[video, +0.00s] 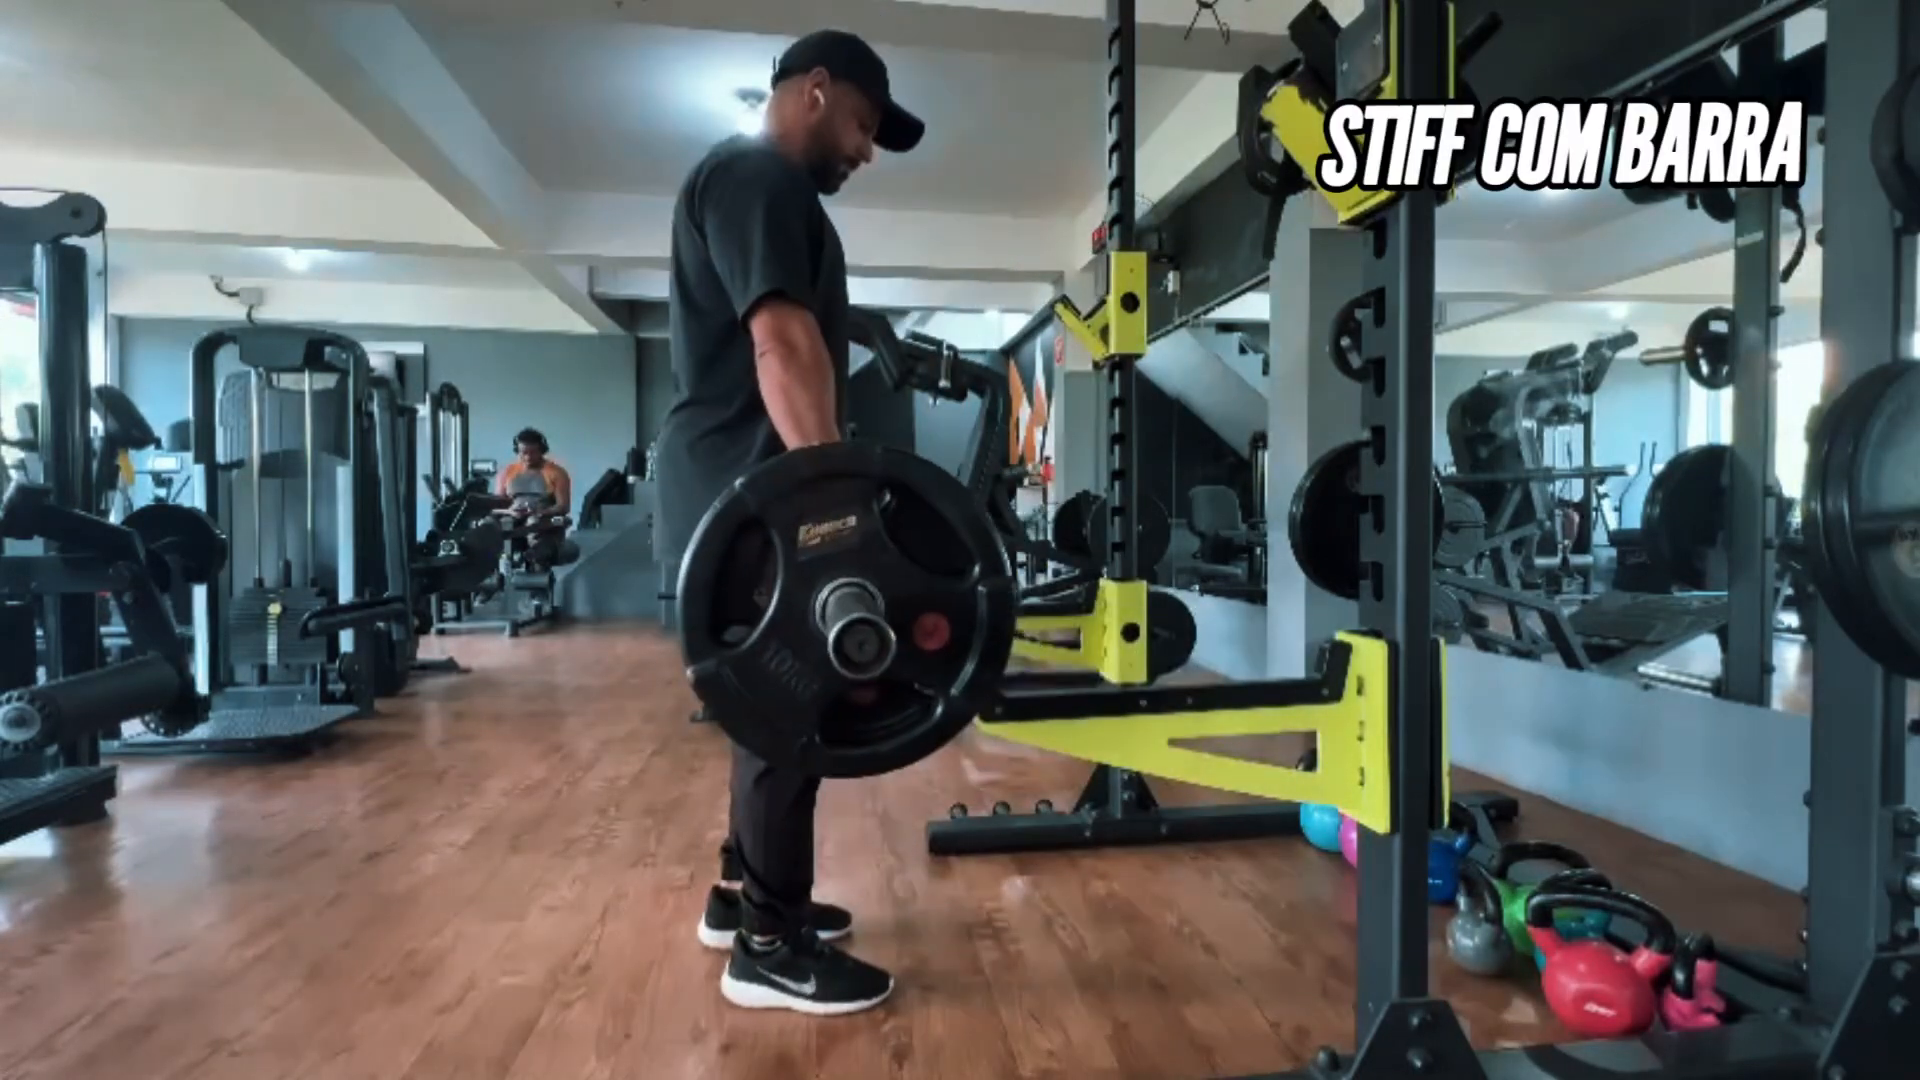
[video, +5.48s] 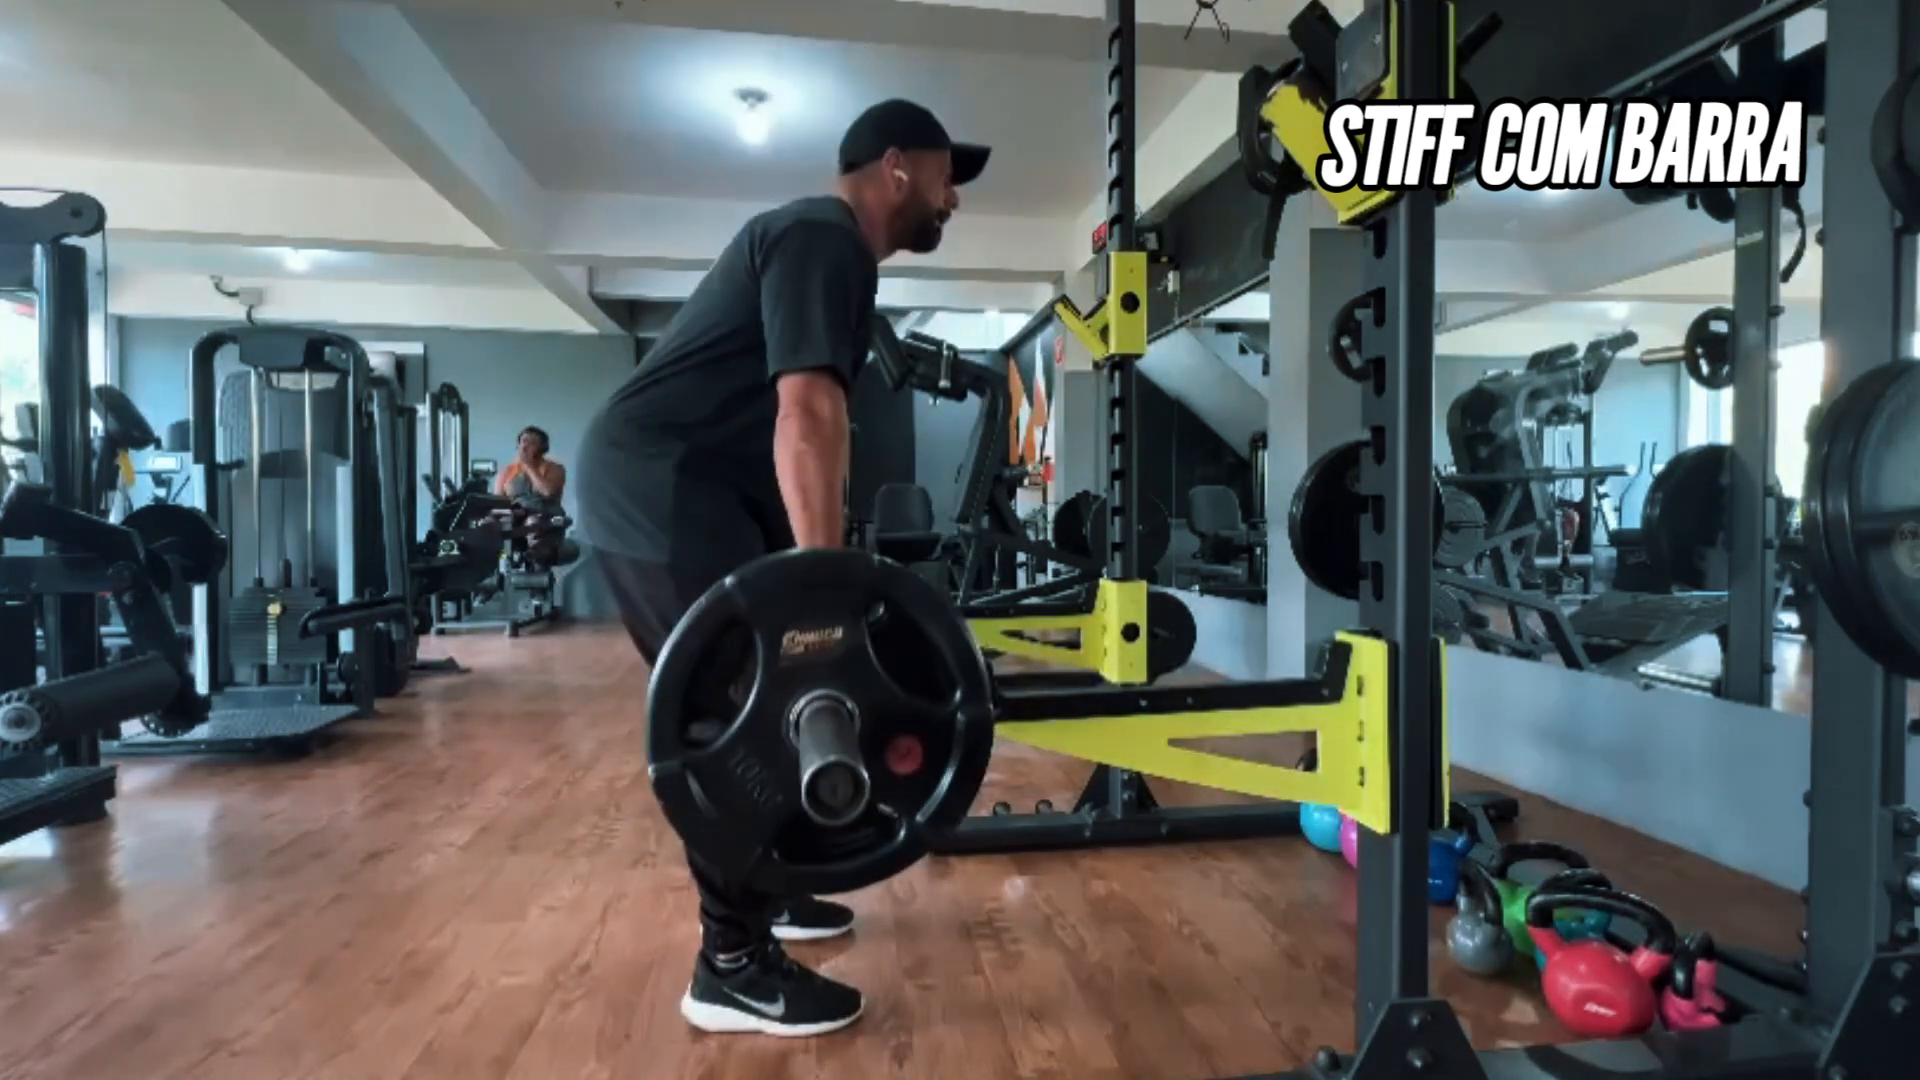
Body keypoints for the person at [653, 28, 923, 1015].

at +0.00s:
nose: (867, 151)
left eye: (873, 137)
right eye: (864, 127)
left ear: (808, 97)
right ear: (813, 92)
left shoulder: (764, 182)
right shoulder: (754, 171)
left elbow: (793, 342)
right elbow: (780, 337)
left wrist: (825, 493)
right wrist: (832, 504)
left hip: (739, 476)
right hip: (743, 479)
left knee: (776, 690)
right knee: (783, 693)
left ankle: (752, 891)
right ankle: (770, 946)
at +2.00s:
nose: (871, 116)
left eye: (871, 99)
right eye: (860, 93)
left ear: (797, 91)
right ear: (807, 85)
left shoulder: (766, 191)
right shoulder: (755, 177)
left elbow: (773, 361)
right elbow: (759, 347)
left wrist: (791, 505)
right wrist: (795, 511)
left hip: (719, 491)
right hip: (709, 494)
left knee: (755, 697)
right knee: (738, 709)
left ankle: (752, 880)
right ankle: (730, 959)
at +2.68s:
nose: (964, 225)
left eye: (967, 207)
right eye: (956, 203)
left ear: (897, 194)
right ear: (906, 189)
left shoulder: (836, 270)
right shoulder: (822, 252)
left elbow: (800, 427)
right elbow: (793, 424)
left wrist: (802, 594)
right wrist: (801, 602)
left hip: (661, 478)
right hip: (658, 480)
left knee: (742, 691)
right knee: (748, 703)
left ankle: (780, 888)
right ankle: (733, 962)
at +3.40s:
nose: (990, 375)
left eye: (997, 359)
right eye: (989, 352)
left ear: (939, 332)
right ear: (945, 332)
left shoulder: (849, 369)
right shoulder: (838, 367)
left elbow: (816, 545)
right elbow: (803, 552)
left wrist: (793, 716)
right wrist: (797, 732)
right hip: (601, 493)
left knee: (731, 710)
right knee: (733, 713)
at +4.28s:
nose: (955, 226)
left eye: (958, 208)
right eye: (948, 203)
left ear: (887, 198)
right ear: (899, 193)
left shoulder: (825, 269)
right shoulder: (814, 253)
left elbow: (797, 430)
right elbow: (794, 427)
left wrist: (803, 597)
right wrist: (804, 608)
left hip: (642, 482)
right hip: (643, 483)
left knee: (735, 691)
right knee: (748, 702)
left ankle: (774, 887)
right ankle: (733, 959)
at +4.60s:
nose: (866, 99)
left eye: (864, 83)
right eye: (854, 79)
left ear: (792, 82)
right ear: (799, 75)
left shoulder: (778, 186)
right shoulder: (753, 165)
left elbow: (783, 344)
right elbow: (767, 325)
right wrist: (822, 495)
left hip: (721, 467)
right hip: (697, 467)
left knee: (748, 686)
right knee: (725, 697)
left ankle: (749, 880)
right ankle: (729, 957)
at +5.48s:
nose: (951, 206)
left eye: (953, 188)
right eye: (945, 184)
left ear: (887, 170)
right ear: (898, 167)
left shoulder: (829, 248)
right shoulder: (820, 233)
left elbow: (805, 412)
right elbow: (807, 408)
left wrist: (828, 584)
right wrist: (825, 587)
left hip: (690, 481)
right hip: (658, 477)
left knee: (742, 691)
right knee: (727, 704)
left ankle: (758, 893)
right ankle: (730, 961)